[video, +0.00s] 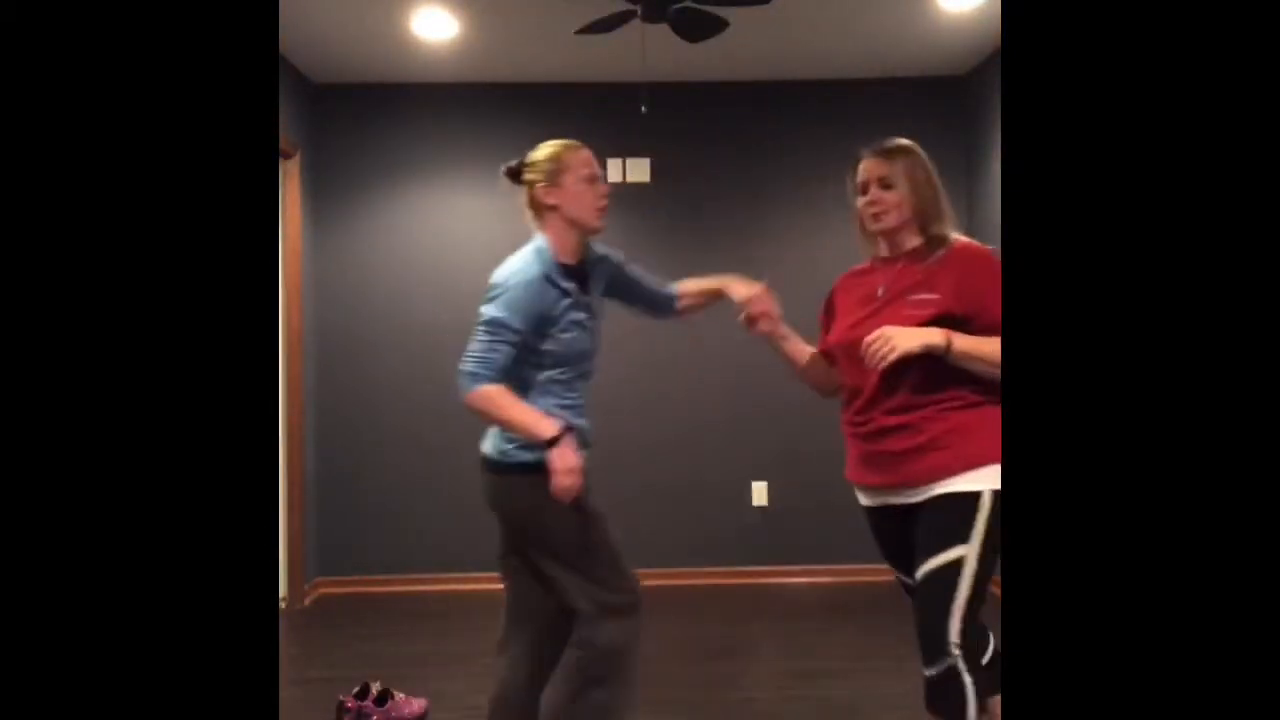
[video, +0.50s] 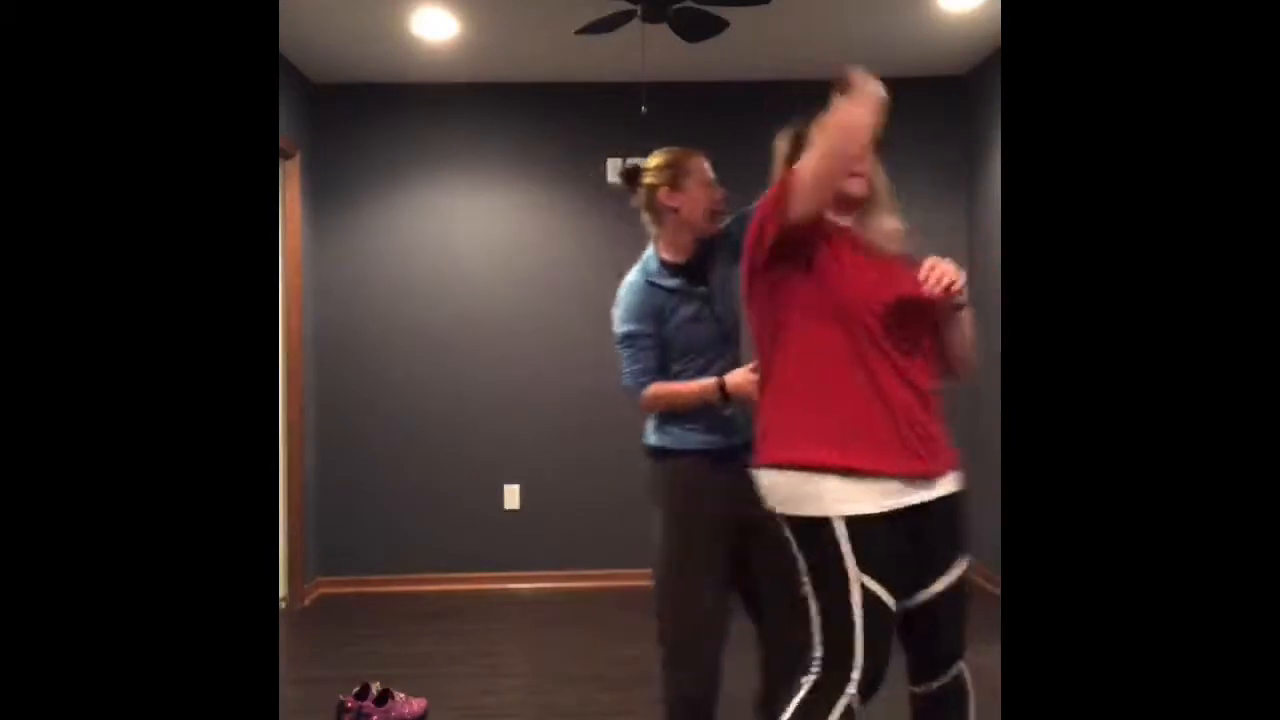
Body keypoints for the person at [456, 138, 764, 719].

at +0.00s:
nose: (605, 192)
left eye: (602, 180)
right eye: (590, 181)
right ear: (548, 196)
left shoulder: (590, 264)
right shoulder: (524, 279)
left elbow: (668, 300)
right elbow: (477, 385)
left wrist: (730, 285)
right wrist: (554, 435)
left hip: (549, 469)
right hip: (525, 471)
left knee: (537, 624)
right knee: (612, 605)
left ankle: (510, 712)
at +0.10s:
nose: (629, 191)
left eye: (624, 180)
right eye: (614, 181)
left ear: (593, 197)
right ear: (576, 198)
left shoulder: (619, 260)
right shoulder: (551, 281)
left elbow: (704, 264)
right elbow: (513, 383)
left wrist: (749, 240)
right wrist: (591, 422)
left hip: (588, 467)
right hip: (563, 472)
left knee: (556, 627)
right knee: (639, 610)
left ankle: (520, 712)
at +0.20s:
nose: (657, 198)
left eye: (652, 187)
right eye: (644, 189)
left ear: (618, 204)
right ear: (607, 204)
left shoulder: (642, 261)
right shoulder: (580, 290)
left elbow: (718, 236)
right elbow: (559, 398)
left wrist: (757, 198)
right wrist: (642, 414)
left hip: (635, 470)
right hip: (608, 475)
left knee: (621, 620)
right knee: (669, 622)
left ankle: (554, 710)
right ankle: (676, 713)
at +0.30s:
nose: (682, 198)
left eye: (676, 187)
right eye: (668, 188)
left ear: (640, 203)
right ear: (633, 203)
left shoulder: (666, 260)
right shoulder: (603, 293)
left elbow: (741, 220)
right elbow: (596, 398)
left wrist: (783, 145)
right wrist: (688, 402)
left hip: (678, 460)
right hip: (637, 468)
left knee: (714, 599)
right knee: (692, 611)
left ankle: (613, 706)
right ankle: (681, 711)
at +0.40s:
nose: (703, 194)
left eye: (698, 183)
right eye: (689, 184)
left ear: (663, 200)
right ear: (653, 199)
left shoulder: (690, 254)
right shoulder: (622, 290)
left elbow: (763, 201)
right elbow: (620, 393)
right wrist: (710, 388)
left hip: (708, 457)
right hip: (660, 463)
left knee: (757, 588)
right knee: (696, 611)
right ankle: (689, 709)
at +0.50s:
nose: (722, 197)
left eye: (718, 186)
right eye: (708, 188)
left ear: (684, 201)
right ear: (670, 202)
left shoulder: (723, 253)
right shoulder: (640, 292)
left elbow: (786, 204)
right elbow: (644, 392)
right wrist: (724, 386)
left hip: (750, 458)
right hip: (687, 465)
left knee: (787, 616)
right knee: (691, 621)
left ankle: (781, 711)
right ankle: (690, 710)